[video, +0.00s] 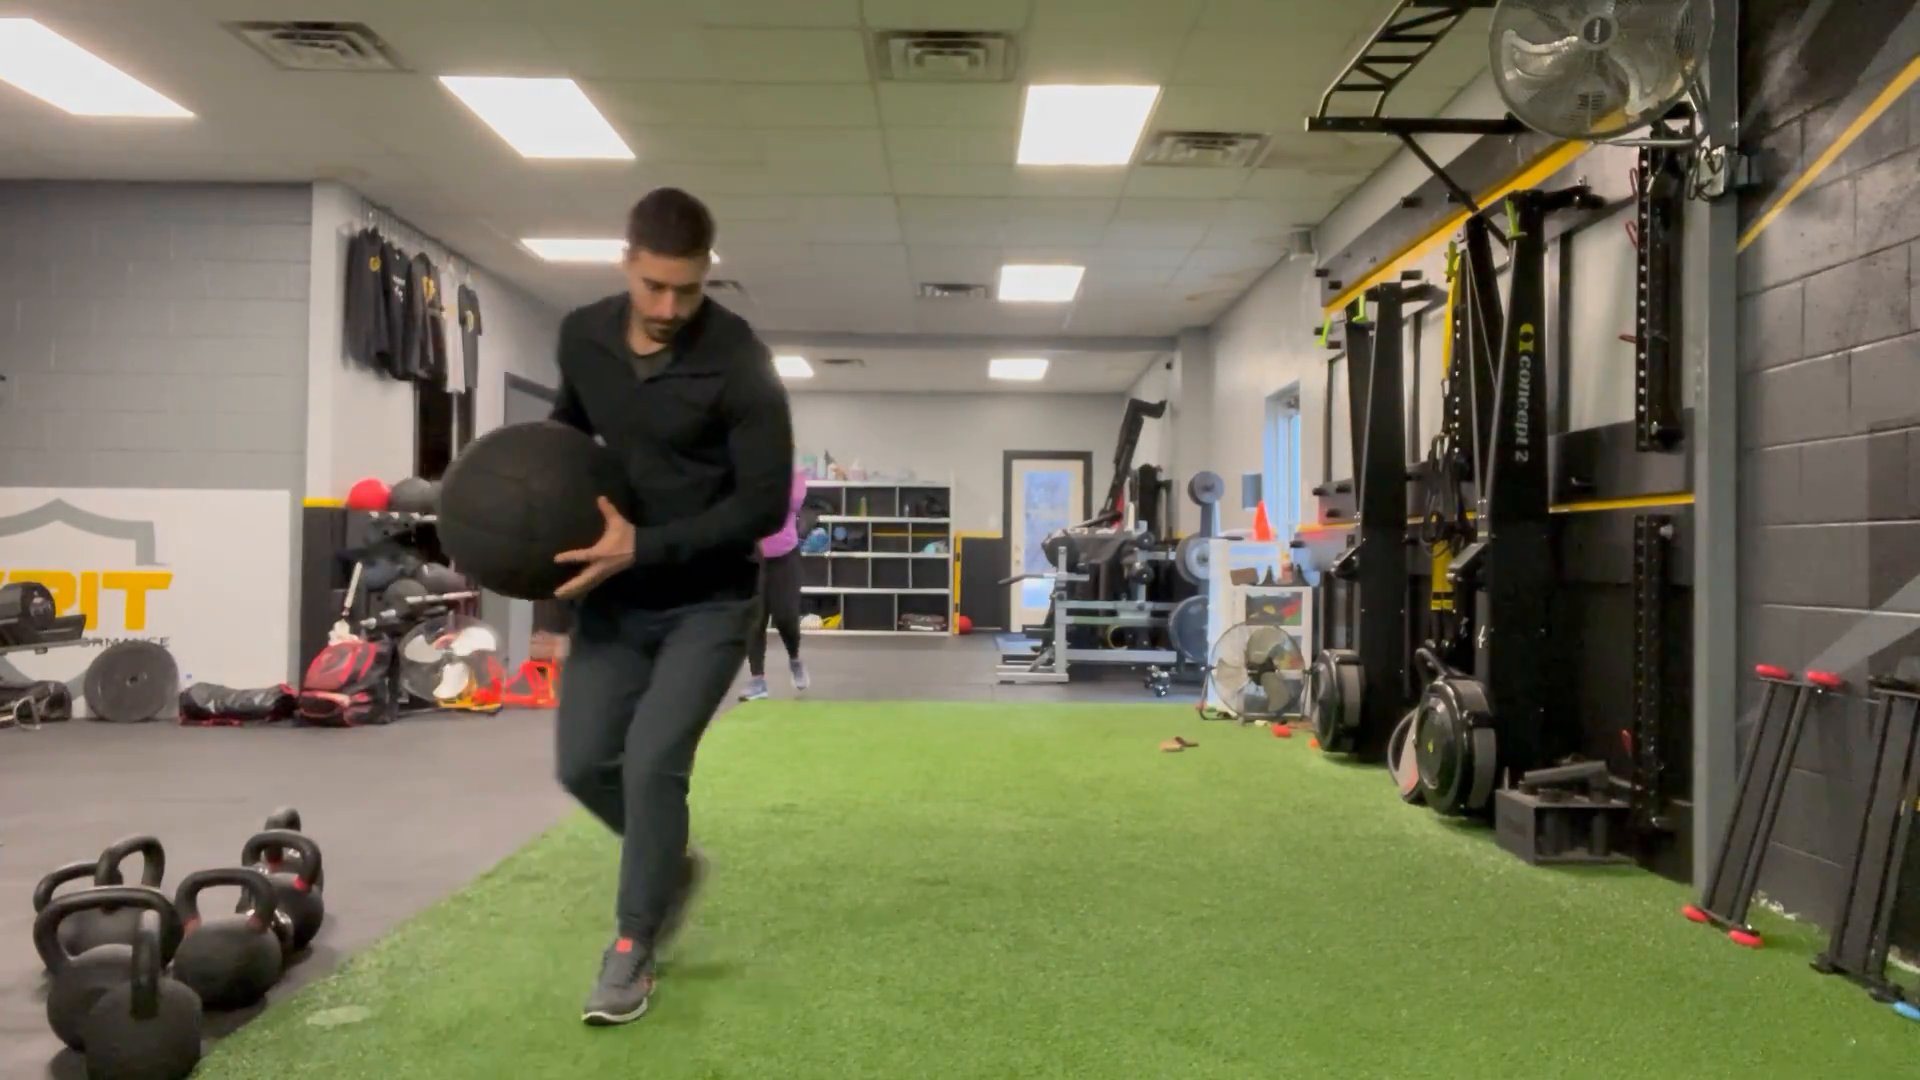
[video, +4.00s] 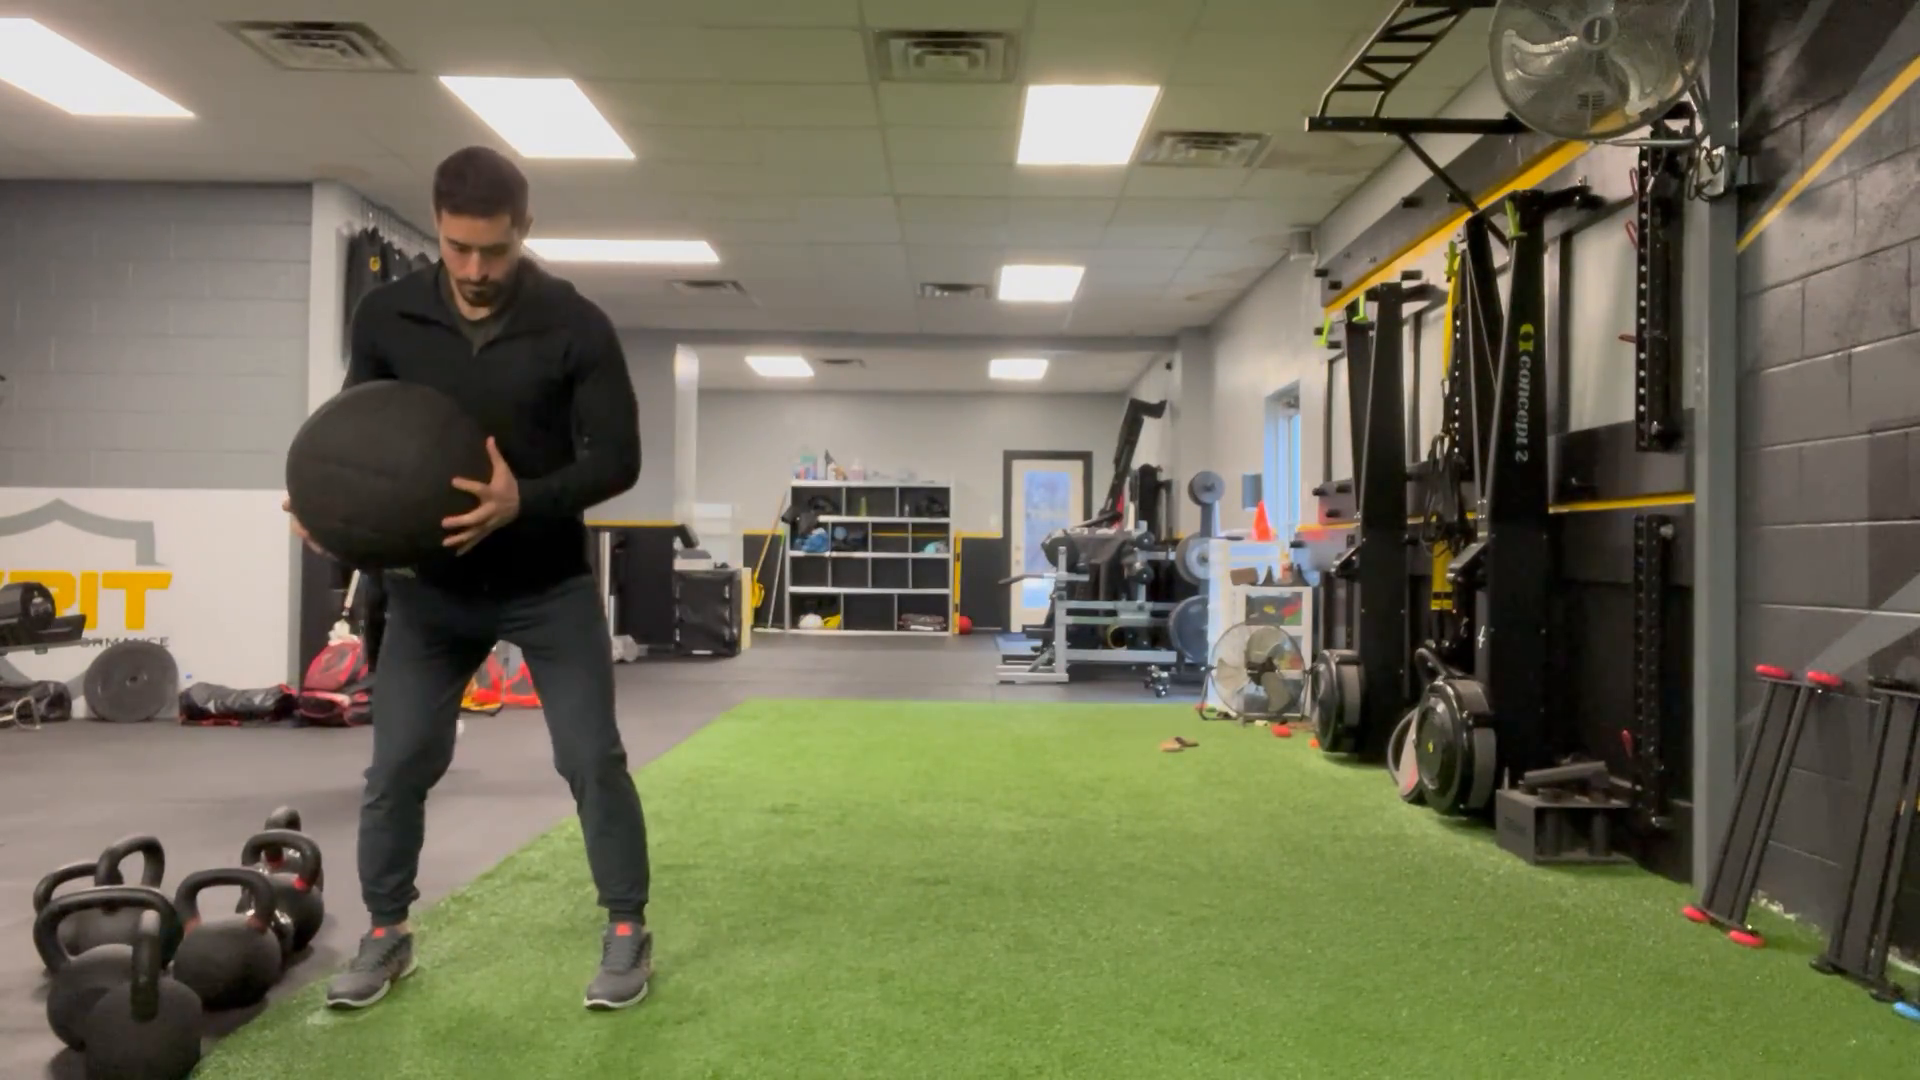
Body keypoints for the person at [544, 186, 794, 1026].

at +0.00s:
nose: (668, 306)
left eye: (685, 289)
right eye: (654, 286)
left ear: (708, 275)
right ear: (627, 265)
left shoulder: (740, 360)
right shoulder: (586, 336)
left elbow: (766, 502)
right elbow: (567, 449)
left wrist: (646, 544)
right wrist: (541, 554)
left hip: (713, 597)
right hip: (617, 594)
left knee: (652, 759)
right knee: (582, 766)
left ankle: (633, 941)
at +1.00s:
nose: (1265, 262)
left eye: (1270, 245)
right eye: (1257, 242)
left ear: (1202, 239)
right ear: (1204, 233)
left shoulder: (1153, 310)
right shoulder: (1181, 320)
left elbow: (1223, 392)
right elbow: (1284, 432)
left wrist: (1288, 333)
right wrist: (1329, 352)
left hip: (1154, 593)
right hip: (1104, 588)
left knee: (1189, 776)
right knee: (1041, 769)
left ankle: (1217, 941)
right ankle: (894, 861)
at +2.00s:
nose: (973, 262)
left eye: (989, 247)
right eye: (960, 246)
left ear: (1015, 246)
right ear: (942, 245)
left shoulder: (1063, 330)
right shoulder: (908, 343)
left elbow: (1102, 446)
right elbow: (880, 459)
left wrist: (996, 433)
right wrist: (835, 506)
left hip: (1039, 588)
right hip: (932, 589)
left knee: (1120, 760)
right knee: (915, 764)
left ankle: (1188, 924)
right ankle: (924, 911)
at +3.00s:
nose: (714, 245)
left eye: (731, 227)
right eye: (702, 226)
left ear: (776, 206)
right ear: (692, 209)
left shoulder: (833, 294)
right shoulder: (690, 291)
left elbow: (899, 415)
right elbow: (655, 414)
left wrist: (794, 433)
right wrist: (576, 444)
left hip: (775, 567)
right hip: (681, 555)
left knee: (745, 757)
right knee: (626, 737)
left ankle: (754, 952)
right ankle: (669, 884)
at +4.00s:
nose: (475, 269)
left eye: (493, 251)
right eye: (460, 249)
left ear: (524, 234)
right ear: (435, 230)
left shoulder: (574, 326)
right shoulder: (386, 314)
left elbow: (617, 461)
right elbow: (363, 440)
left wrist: (524, 497)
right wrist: (323, 504)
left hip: (550, 585)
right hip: (427, 587)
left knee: (592, 756)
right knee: (396, 766)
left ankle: (625, 927)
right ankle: (386, 931)